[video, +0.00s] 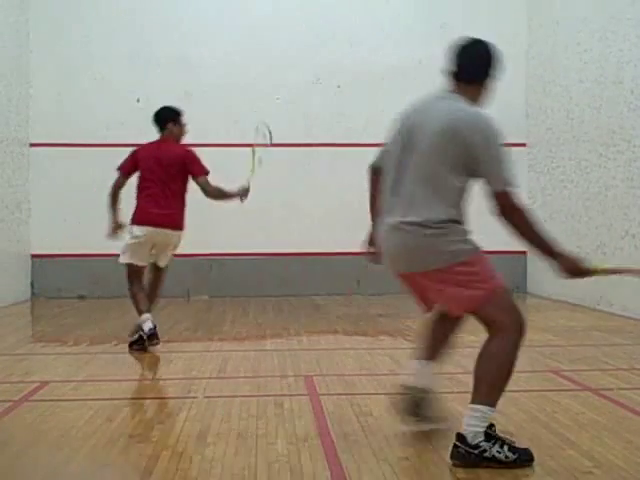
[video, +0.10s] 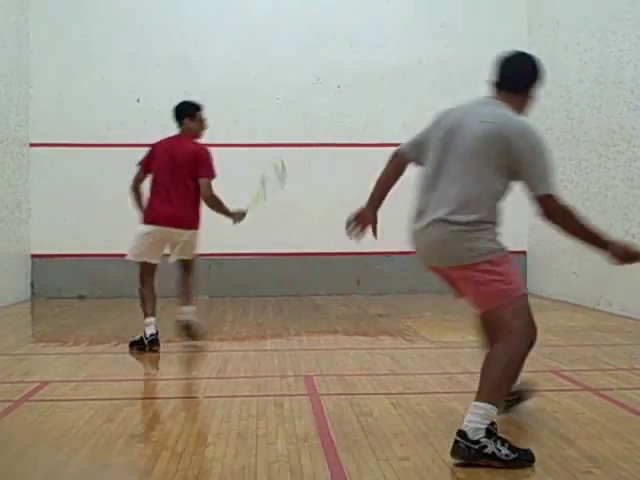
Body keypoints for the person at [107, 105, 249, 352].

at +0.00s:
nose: (185, 128)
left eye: (183, 123)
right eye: (181, 124)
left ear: (163, 127)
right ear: (171, 126)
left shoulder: (142, 151)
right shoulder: (185, 154)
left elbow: (115, 188)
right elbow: (209, 190)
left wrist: (114, 219)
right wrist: (236, 194)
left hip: (143, 223)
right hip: (172, 227)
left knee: (135, 279)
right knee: (156, 279)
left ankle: (147, 324)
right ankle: (139, 333)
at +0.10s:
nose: (205, 124)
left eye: (203, 119)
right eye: (201, 119)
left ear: (182, 122)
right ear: (188, 121)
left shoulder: (159, 147)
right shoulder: (200, 151)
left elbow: (136, 183)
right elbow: (207, 194)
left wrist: (143, 210)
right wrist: (230, 213)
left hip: (155, 221)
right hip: (186, 223)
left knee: (146, 274)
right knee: (186, 267)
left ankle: (150, 330)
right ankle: (186, 314)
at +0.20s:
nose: (227, 123)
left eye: (227, 118)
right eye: (222, 119)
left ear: (205, 120)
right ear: (209, 119)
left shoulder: (182, 143)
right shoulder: (218, 151)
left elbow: (157, 178)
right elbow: (215, 195)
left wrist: (166, 205)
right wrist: (235, 222)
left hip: (174, 220)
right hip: (204, 224)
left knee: (158, 272)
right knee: (218, 272)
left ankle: (151, 331)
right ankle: (232, 311)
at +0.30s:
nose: (252, 125)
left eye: (251, 119)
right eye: (247, 120)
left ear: (229, 122)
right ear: (233, 122)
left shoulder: (206, 145)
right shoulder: (243, 153)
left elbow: (178, 176)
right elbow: (237, 195)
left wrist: (187, 204)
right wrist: (250, 227)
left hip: (196, 221)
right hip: (227, 225)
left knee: (172, 272)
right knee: (247, 276)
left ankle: (152, 332)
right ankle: (271, 326)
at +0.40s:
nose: (275, 126)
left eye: (274, 121)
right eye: (270, 121)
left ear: (252, 124)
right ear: (255, 123)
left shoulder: (231, 149)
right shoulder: (268, 154)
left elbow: (200, 180)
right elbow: (267, 198)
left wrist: (208, 216)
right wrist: (273, 230)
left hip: (225, 226)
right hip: (256, 229)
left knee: (196, 276)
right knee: (274, 282)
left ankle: (165, 328)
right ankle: (280, 336)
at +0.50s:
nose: (292, 114)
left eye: (291, 109)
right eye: (288, 109)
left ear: (269, 112)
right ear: (274, 112)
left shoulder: (247, 138)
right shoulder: (288, 142)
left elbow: (221, 174)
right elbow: (293, 183)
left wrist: (226, 209)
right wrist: (300, 218)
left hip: (242, 215)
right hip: (273, 218)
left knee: (224, 272)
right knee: (279, 277)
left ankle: (206, 326)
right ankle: (279, 332)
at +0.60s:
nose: (306, 108)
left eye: (306, 103)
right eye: (304, 103)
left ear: (283, 105)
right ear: (293, 104)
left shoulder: (259, 131)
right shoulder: (302, 133)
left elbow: (239, 169)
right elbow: (311, 171)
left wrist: (249, 201)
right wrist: (321, 209)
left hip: (258, 207)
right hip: (289, 209)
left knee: (253, 267)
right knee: (299, 268)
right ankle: (291, 318)